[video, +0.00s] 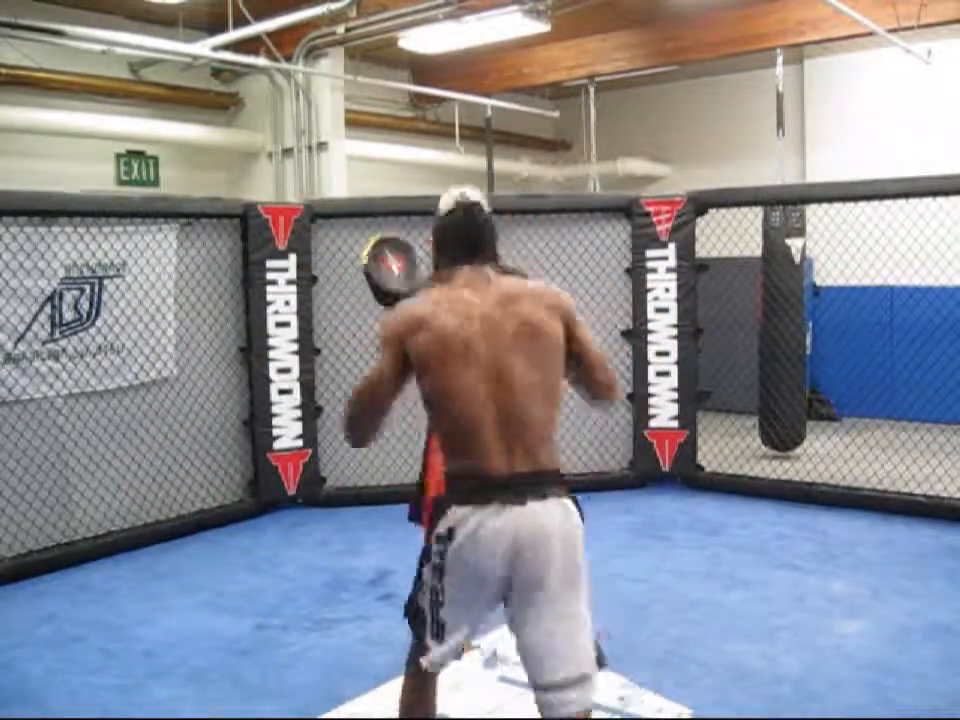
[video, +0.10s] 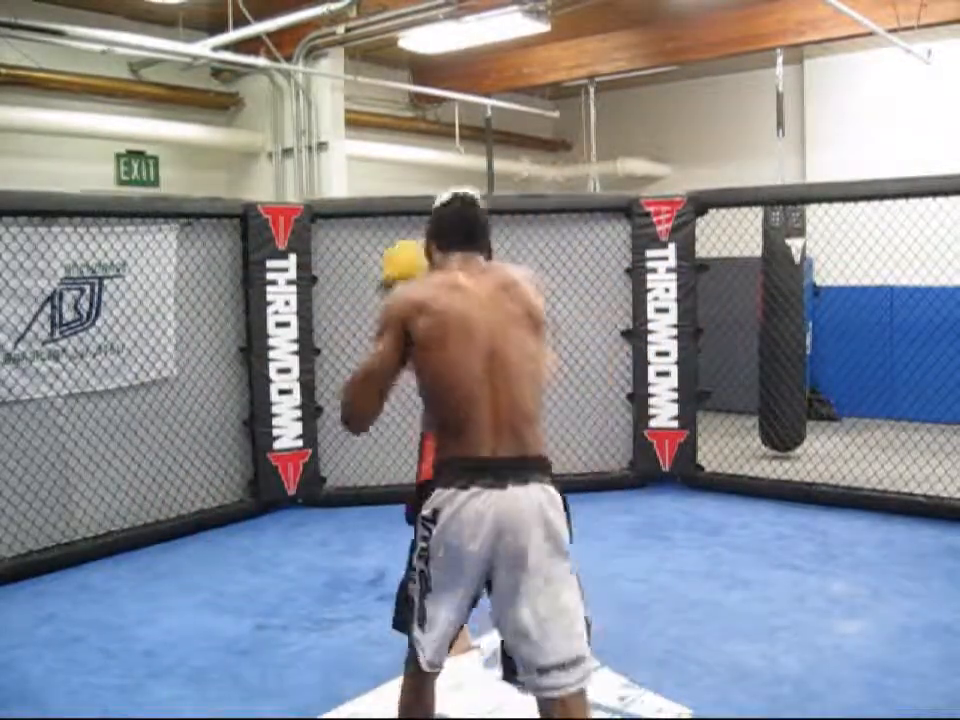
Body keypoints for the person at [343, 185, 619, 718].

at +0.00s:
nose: (434, 253)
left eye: (434, 246)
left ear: (436, 252)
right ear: (495, 247)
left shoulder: (413, 317)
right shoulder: (549, 302)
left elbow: (359, 426)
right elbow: (606, 389)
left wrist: (397, 353)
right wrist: (551, 345)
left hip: (469, 527)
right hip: (551, 522)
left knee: (423, 667)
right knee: (567, 700)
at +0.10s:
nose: (425, 251)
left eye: (427, 244)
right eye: (430, 246)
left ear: (431, 246)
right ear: (487, 244)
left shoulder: (413, 299)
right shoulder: (526, 287)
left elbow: (356, 415)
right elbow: (537, 372)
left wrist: (392, 326)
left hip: (458, 503)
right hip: (535, 500)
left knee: (422, 666)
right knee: (563, 682)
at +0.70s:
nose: (516, 271)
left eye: (516, 260)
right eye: (514, 261)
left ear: (531, 255)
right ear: (573, 248)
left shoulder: (518, 304)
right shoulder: (638, 299)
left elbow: (418, 357)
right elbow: (676, 409)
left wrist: (435, 326)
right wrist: (616, 379)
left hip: (576, 499)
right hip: (646, 492)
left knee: (501, 651)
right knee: (680, 643)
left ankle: (460, 712)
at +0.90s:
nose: (560, 239)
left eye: (560, 229)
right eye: (556, 231)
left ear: (584, 221)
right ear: (617, 215)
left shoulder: (579, 253)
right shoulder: (680, 259)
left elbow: (473, 285)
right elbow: (708, 364)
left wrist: (396, 281)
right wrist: (604, 324)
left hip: (649, 464)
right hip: (705, 455)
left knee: (572, 628)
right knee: (691, 608)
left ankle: (589, 715)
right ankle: (720, 713)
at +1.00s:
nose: (579, 249)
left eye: (585, 238)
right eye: (579, 238)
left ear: (613, 235)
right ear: (641, 232)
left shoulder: (604, 276)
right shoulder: (701, 276)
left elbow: (484, 290)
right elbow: (714, 344)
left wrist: (398, 283)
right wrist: (617, 315)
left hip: (680, 479)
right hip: (725, 465)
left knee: (593, 647)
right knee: (721, 607)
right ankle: (760, 712)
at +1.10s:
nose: (594, 271)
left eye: (603, 262)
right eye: (595, 260)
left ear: (639, 270)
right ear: (655, 270)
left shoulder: (620, 323)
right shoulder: (709, 313)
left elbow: (510, 363)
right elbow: (723, 397)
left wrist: (456, 323)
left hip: (700, 509)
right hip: (739, 489)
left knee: (589, 659)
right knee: (732, 613)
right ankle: (773, 710)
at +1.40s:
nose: (576, 260)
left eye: (589, 249)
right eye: (576, 246)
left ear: (632, 250)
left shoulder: (688, 302)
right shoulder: (589, 278)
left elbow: (729, 411)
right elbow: (493, 298)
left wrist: (639, 355)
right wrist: (447, 284)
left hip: (694, 473)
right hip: (646, 468)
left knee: (636, 651)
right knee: (702, 609)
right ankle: (776, 709)